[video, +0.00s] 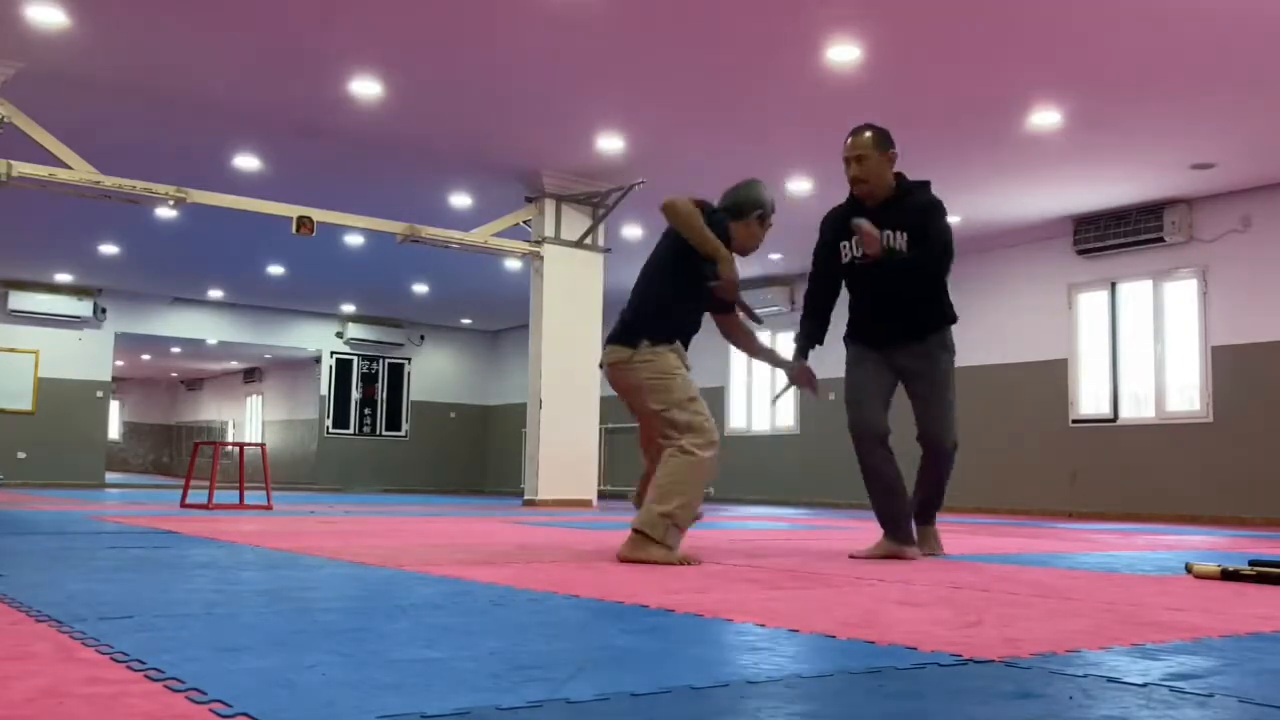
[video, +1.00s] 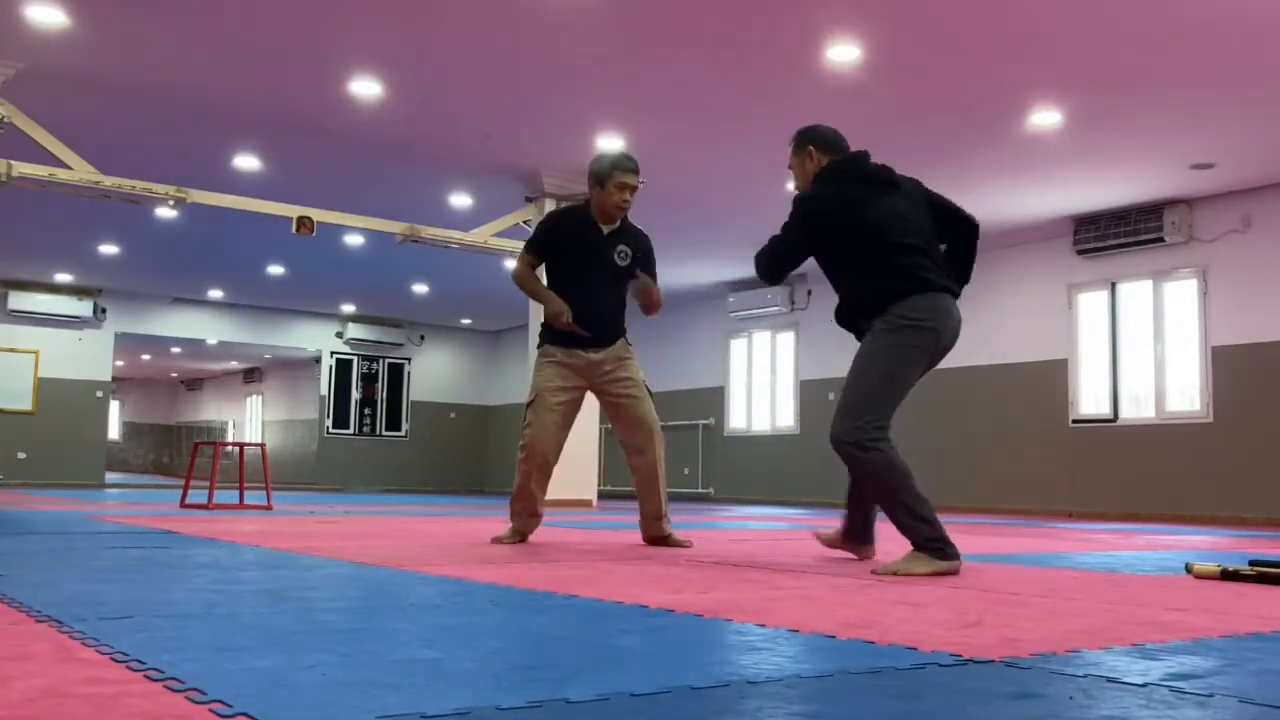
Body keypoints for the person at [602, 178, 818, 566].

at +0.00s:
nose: (763, 238)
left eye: (766, 229)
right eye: (764, 227)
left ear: (739, 217)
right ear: (750, 218)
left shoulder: (711, 262)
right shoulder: (709, 220)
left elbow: (735, 331)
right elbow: (673, 207)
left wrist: (787, 365)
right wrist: (723, 257)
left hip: (637, 353)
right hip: (645, 352)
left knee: (665, 446)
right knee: (699, 439)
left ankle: (653, 537)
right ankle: (650, 540)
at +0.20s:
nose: (730, 221)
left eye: (732, 212)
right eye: (726, 210)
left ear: (704, 208)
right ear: (701, 205)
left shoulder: (690, 252)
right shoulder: (672, 230)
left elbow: (656, 313)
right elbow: (683, 280)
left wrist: (683, 353)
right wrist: (721, 327)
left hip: (659, 361)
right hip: (622, 355)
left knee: (706, 436)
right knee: (637, 433)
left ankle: (684, 528)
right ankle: (569, 520)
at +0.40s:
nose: (657, 202)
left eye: (660, 195)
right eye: (650, 193)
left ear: (656, 200)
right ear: (621, 194)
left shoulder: (647, 251)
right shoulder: (589, 233)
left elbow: (631, 313)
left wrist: (658, 306)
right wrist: (600, 338)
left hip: (635, 367)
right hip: (585, 368)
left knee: (688, 428)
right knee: (557, 456)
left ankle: (682, 523)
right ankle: (520, 532)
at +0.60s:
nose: (612, 193)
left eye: (617, 186)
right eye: (604, 184)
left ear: (621, 191)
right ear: (578, 185)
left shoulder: (626, 239)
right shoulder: (546, 230)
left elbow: (658, 289)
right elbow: (512, 278)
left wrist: (678, 287)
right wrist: (532, 305)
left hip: (612, 359)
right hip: (557, 359)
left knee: (648, 436)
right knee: (537, 445)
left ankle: (641, 522)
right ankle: (522, 526)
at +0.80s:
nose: (611, 193)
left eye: (617, 186)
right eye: (603, 184)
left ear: (622, 190)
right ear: (579, 183)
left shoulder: (624, 237)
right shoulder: (546, 222)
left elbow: (629, 297)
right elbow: (512, 268)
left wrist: (622, 342)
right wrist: (528, 299)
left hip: (606, 352)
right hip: (553, 355)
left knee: (645, 429)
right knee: (535, 440)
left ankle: (652, 520)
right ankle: (522, 524)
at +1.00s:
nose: (628, 198)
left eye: (633, 191)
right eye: (620, 189)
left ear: (636, 193)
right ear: (596, 186)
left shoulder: (637, 241)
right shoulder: (559, 223)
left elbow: (650, 304)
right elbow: (521, 272)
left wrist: (647, 294)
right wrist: (549, 299)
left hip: (614, 355)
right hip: (560, 356)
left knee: (646, 432)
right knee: (538, 441)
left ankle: (655, 528)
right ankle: (521, 526)